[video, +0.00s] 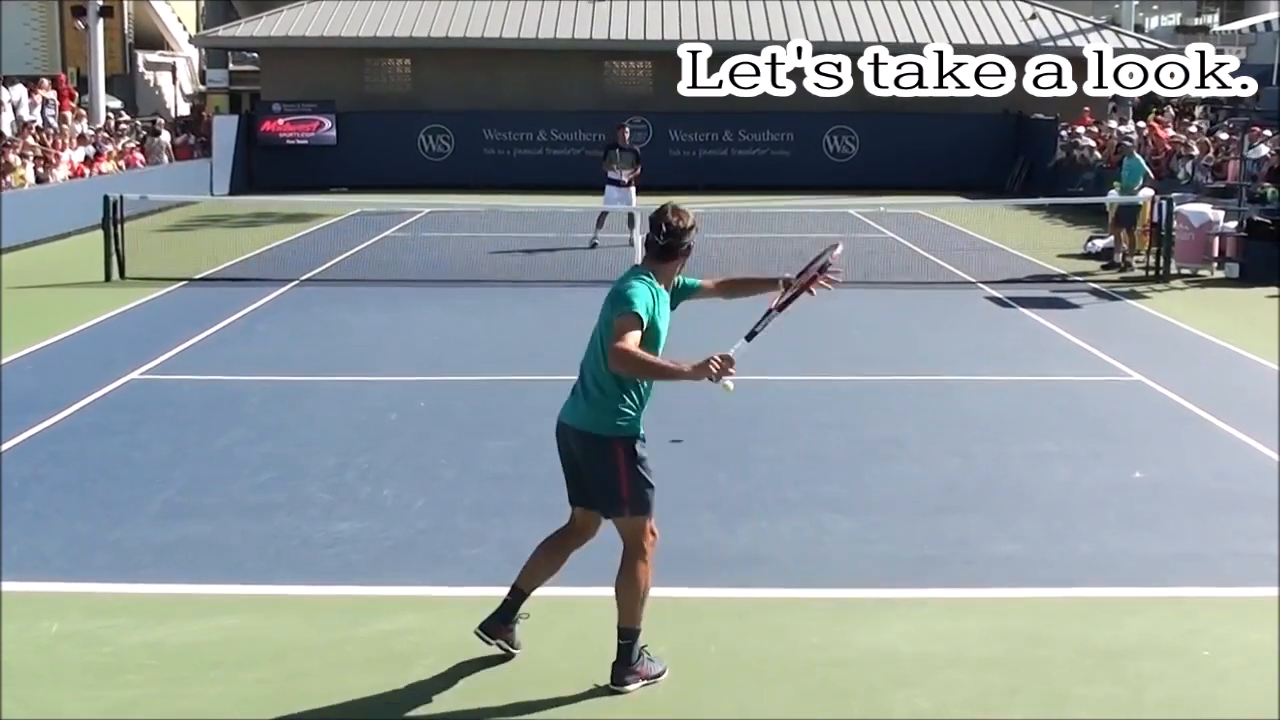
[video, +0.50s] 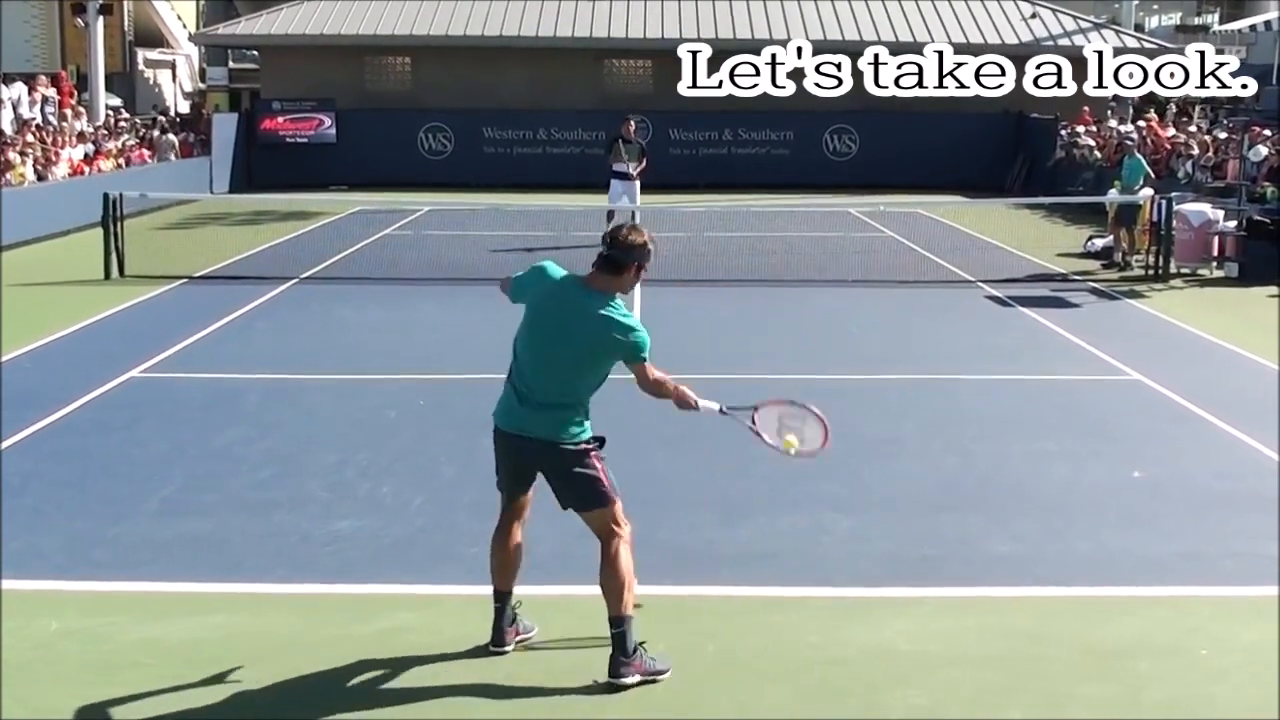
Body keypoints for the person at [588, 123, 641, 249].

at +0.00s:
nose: (625, 135)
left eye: (627, 132)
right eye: (623, 132)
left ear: (629, 134)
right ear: (618, 134)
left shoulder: (634, 150)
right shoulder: (610, 149)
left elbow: (638, 168)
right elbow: (604, 165)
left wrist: (629, 177)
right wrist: (612, 168)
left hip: (628, 184)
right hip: (612, 184)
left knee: (631, 211)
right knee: (605, 210)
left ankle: (632, 236)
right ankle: (595, 236)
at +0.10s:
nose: (627, 131)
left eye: (629, 129)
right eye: (625, 129)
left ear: (632, 131)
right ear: (621, 130)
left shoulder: (637, 147)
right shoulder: (614, 146)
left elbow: (642, 163)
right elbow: (608, 163)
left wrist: (635, 173)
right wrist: (615, 163)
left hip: (631, 182)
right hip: (615, 181)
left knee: (633, 209)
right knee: (609, 208)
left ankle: (633, 235)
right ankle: (601, 234)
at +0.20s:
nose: (629, 131)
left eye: (631, 128)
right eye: (627, 128)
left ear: (634, 130)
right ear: (622, 130)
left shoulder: (639, 147)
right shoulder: (615, 144)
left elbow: (643, 163)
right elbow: (609, 163)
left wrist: (636, 173)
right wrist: (618, 162)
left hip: (632, 181)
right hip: (617, 180)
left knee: (634, 209)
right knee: (611, 207)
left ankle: (634, 235)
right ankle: (607, 234)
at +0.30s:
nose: (629, 134)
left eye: (631, 131)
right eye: (627, 131)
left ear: (635, 133)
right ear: (623, 133)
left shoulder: (639, 149)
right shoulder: (615, 147)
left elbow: (644, 167)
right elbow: (610, 167)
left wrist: (636, 177)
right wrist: (618, 165)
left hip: (632, 184)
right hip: (618, 183)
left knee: (635, 210)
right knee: (614, 209)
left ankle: (634, 236)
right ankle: (611, 235)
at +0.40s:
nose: (629, 134)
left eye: (631, 131)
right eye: (627, 131)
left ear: (635, 134)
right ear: (623, 133)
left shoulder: (639, 150)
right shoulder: (615, 148)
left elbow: (644, 167)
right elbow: (609, 166)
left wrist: (636, 177)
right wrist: (620, 167)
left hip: (632, 182)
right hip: (618, 181)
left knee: (635, 210)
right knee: (615, 209)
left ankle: (634, 235)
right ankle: (610, 234)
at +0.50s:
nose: (629, 128)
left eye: (631, 126)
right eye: (627, 126)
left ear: (634, 128)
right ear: (622, 128)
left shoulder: (640, 144)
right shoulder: (615, 142)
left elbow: (643, 161)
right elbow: (609, 159)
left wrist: (636, 171)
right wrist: (620, 160)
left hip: (633, 178)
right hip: (617, 178)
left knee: (635, 206)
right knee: (612, 205)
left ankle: (635, 230)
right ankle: (608, 229)